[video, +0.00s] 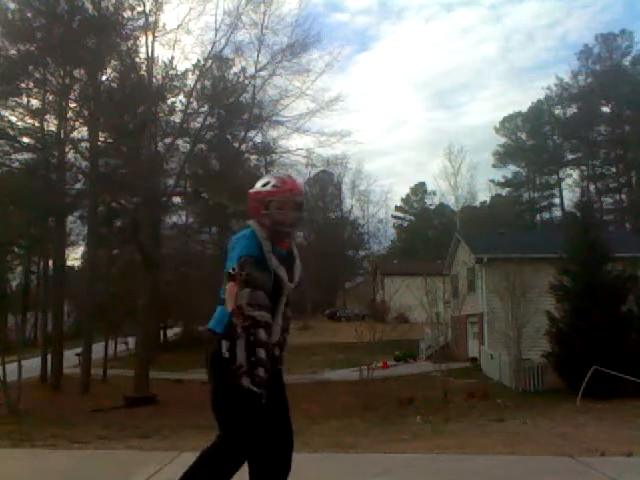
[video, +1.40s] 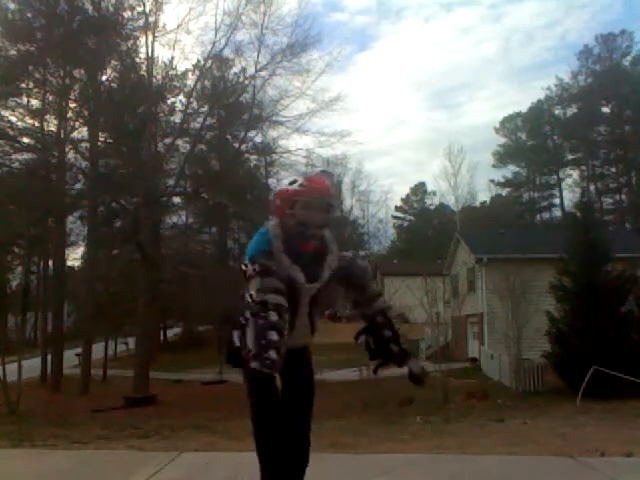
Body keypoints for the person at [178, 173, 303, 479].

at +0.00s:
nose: (288, 216)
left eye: (294, 208)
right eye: (280, 208)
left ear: (299, 211)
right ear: (263, 210)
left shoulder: (284, 248)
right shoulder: (247, 244)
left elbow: (277, 305)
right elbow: (239, 304)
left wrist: (274, 356)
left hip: (262, 351)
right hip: (230, 348)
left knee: (276, 441)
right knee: (239, 438)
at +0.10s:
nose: (300, 213)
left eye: (304, 205)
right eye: (293, 205)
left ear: (305, 208)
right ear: (273, 207)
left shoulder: (282, 244)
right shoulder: (255, 241)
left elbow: (290, 295)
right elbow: (262, 301)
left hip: (263, 339)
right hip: (237, 339)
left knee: (277, 436)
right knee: (260, 435)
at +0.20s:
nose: (303, 212)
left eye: (307, 204)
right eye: (295, 203)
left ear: (310, 207)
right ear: (277, 206)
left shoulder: (287, 242)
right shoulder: (264, 237)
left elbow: (305, 289)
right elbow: (282, 289)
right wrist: (304, 322)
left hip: (262, 338)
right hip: (242, 338)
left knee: (281, 431)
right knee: (273, 433)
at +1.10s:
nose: (340, 218)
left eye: (344, 210)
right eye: (333, 208)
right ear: (312, 208)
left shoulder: (308, 241)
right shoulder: (290, 236)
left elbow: (321, 290)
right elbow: (312, 296)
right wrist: (331, 328)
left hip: (281, 343)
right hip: (263, 343)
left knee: (295, 443)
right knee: (292, 444)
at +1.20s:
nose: (333, 218)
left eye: (337, 211)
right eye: (327, 209)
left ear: (340, 212)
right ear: (306, 208)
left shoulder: (306, 242)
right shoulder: (284, 237)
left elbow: (322, 287)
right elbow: (292, 293)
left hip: (283, 340)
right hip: (262, 340)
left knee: (291, 428)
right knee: (277, 430)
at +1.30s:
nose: (326, 216)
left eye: (331, 209)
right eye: (320, 207)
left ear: (334, 211)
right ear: (300, 207)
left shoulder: (320, 243)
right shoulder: (274, 238)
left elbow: (336, 288)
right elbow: (277, 296)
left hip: (294, 340)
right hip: (259, 340)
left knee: (295, 427)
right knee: (271, 429)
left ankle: (296, 475)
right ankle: (275, 476)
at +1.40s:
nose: (316, 217)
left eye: (323, 210)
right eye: (308, 208)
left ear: (330, 213)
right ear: (291, 209)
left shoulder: (327, 248)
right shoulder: (267, 243)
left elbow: (361, 288)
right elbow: (264, 298)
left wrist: (384, 334)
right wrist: (265, 361)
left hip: (298, 351)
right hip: (261, 352)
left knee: (298, 437)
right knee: (272, 439)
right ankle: (273, 475)